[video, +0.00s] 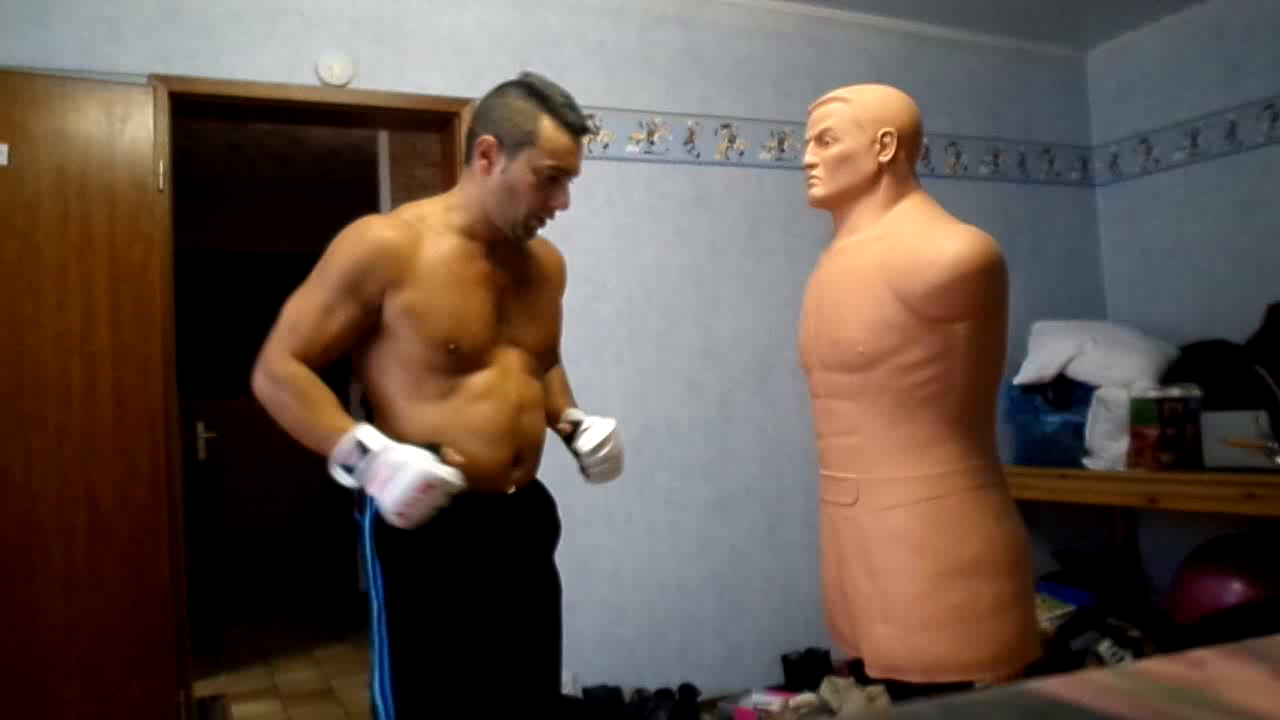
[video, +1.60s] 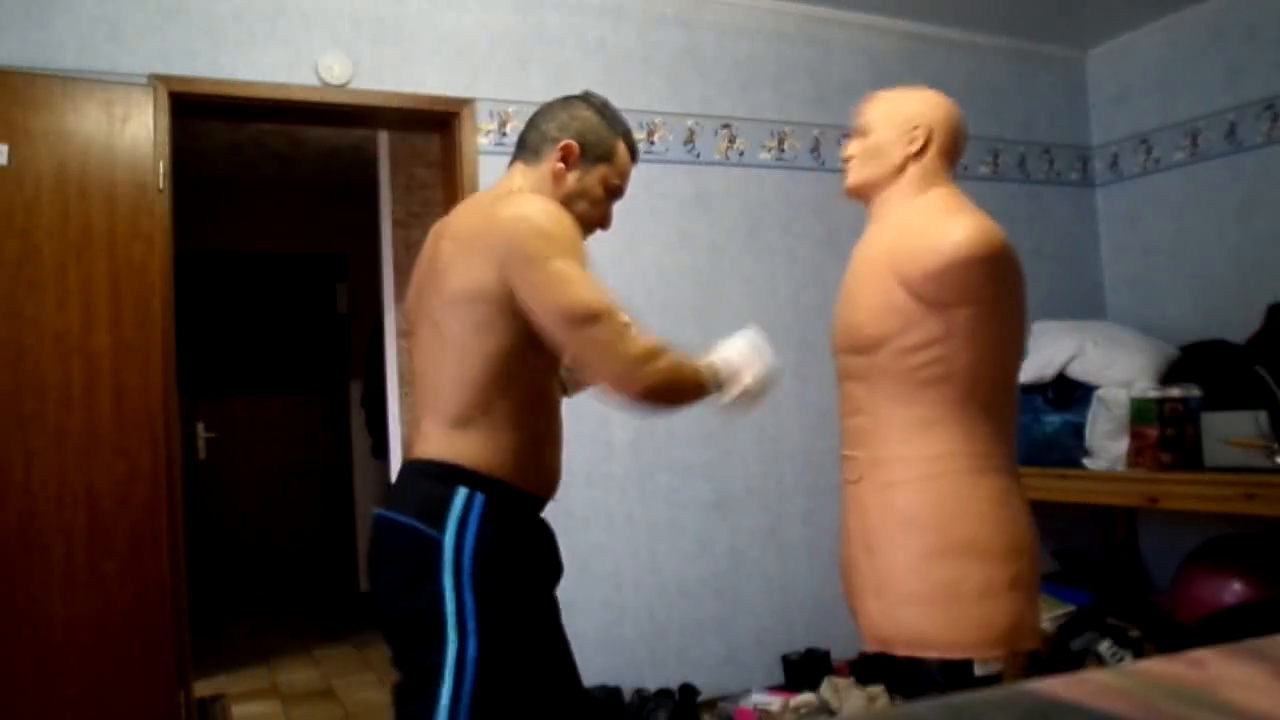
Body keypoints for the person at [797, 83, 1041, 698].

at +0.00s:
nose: (807, 157)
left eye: (825, 140)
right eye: (808, 142)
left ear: (884, 148)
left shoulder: (951, 258)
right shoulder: (836, 260)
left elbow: (967, 426)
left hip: (934, 539)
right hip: (855, 538)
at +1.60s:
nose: (845, 149)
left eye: (861, 135)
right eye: (850, 136)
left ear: (914, 143)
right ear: (914, 146)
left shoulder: (948, 238)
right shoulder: (888, 235)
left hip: (940, 515)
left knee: (948, 696)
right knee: (907, 690)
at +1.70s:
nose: (815, 154)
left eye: (831, 138)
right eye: (818, 139)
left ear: (888, 147)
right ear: (883, 149)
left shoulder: (928, 246)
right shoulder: (862, 243)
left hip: (928, 523)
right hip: (874, 519)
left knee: (946, 691)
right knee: (898, 687)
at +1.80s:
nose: (781, 168)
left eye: (797, 148)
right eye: (780, 152)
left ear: (859, 152)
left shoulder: (922, 257)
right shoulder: (830, 255)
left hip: (923, 539)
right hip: (854, 535)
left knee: (950, 702)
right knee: (888, 694)